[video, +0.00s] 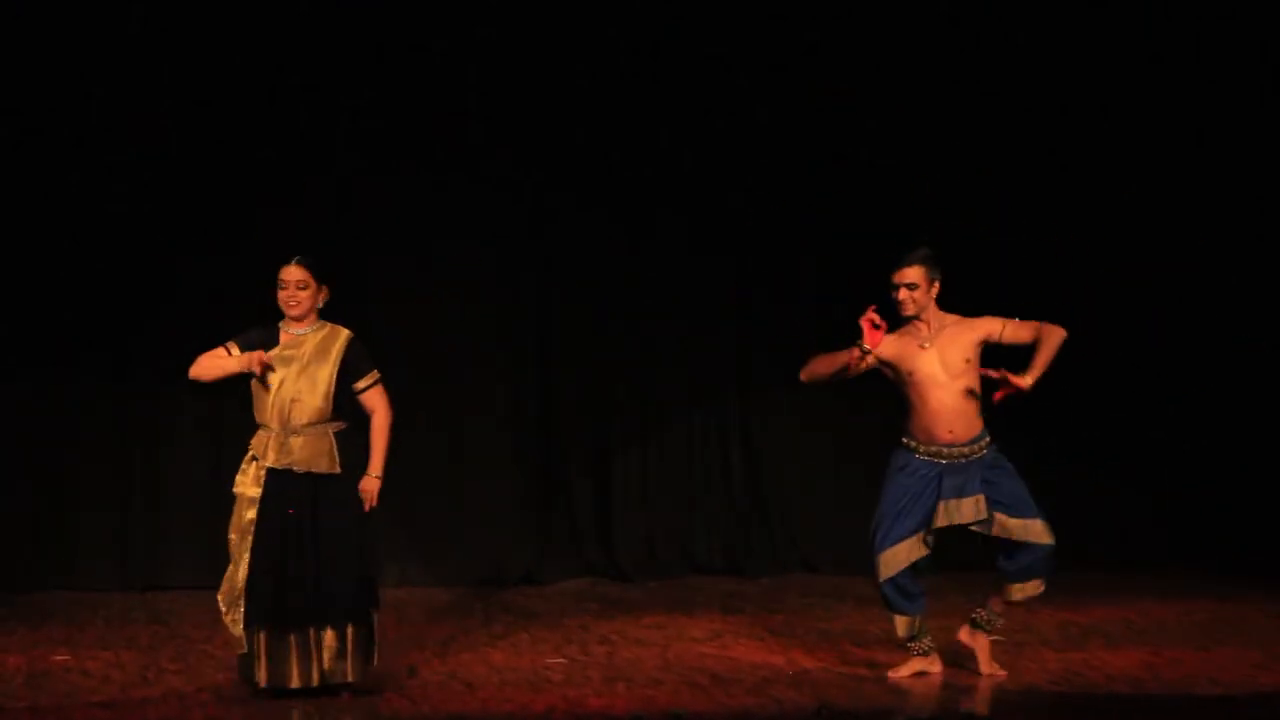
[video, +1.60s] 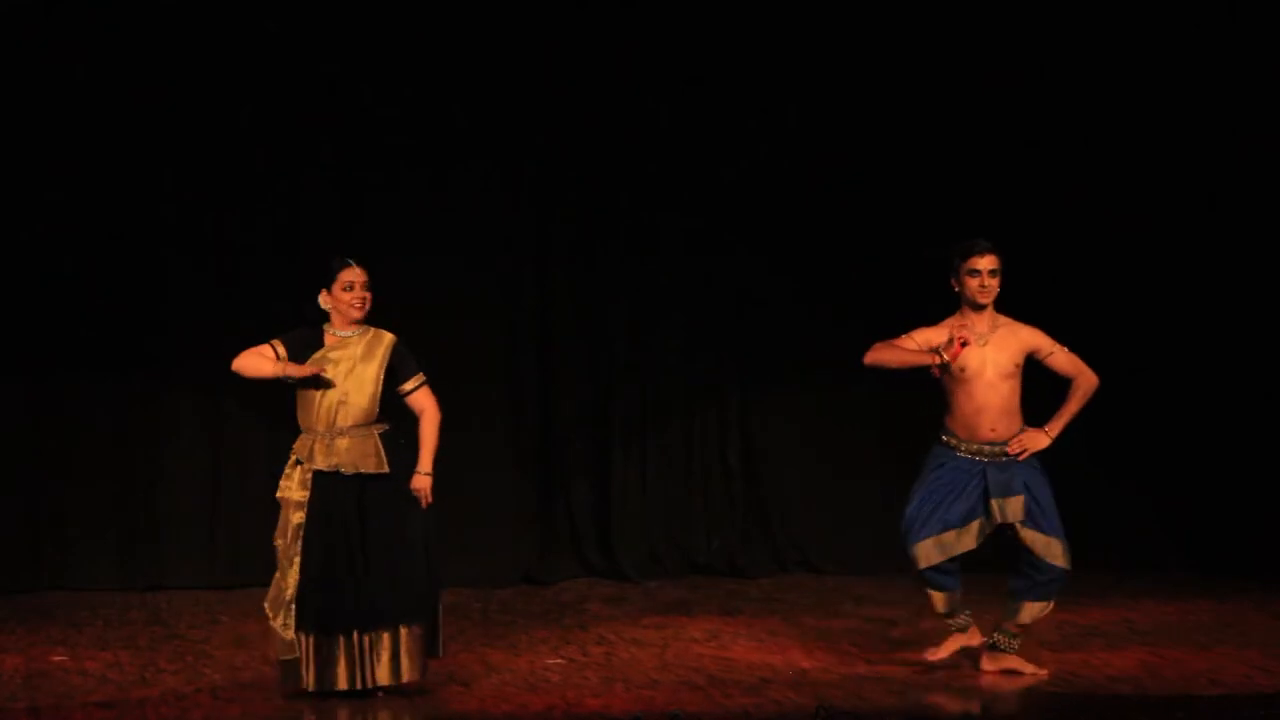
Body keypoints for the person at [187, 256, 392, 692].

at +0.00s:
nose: (290, 295)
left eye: (300, 287)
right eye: (284, 287)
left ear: (320, 293)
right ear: (276, 293)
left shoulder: (341, 344)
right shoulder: (260, 340)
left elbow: (380, 409)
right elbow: (198, 370)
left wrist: (374, 473)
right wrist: (243, 363)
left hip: (325, 473)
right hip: (270, 471)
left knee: (328, 566)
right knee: (269, 568)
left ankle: (330, 671)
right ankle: (273, 669)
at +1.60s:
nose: (360, 296)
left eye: (365, 288)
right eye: (349, 288)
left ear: (372, 296)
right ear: (326, 296)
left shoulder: (386, 347)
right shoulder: (307, 340)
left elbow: (429, 409)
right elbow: (242, 363)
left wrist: (423, 470)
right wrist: (289, 370)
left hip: (373, 473)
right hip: (317, 473)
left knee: (378, 570)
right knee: (321, 572)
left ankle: (381, 674)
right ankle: (324, 675)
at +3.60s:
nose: (351, 298)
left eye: (356, 291)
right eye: (340, 290)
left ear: (361, 299)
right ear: (316, 298)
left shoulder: (374, 348)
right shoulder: (297, 344)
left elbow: (418, 410)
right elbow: (237, 364)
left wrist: (420, 468)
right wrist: (289, 358)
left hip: (362, 470)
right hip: (305, 471)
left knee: (381, 562)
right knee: (299, 566)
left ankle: (390, 671)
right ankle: (304, 667)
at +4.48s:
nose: (352, 295)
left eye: (357, 288)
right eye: (342, 287)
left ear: (363, 296)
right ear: (318, 296)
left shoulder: (379, 346)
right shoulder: (300, 340)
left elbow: (427, 403)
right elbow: (242, 366)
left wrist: (425, 459)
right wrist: (293, 367)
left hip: (363, 472)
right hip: (307, 470)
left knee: (368, 571)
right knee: (301, 568)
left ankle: (376, 676)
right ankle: (296, 671)